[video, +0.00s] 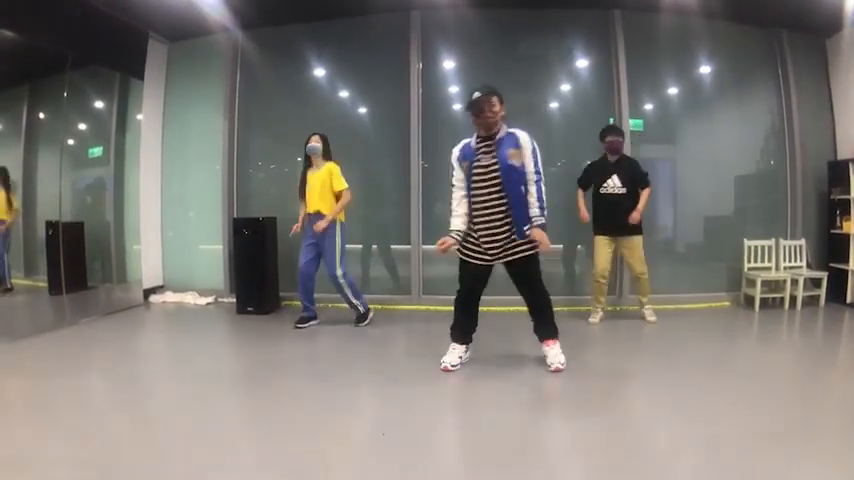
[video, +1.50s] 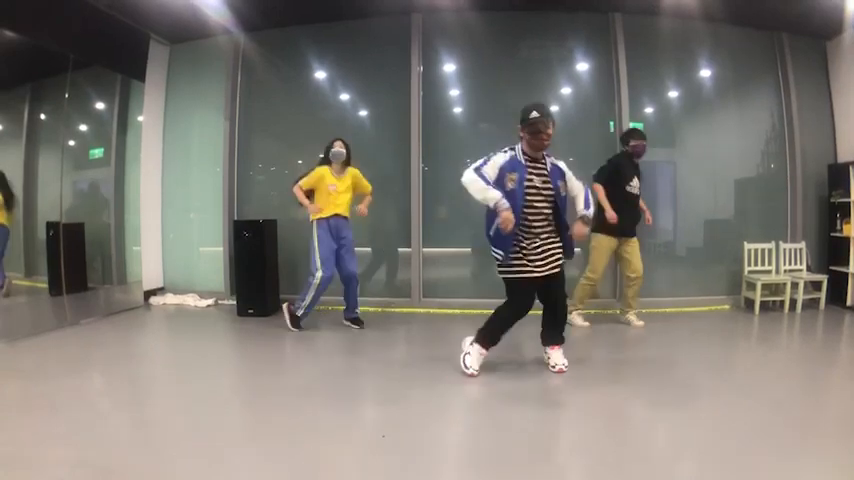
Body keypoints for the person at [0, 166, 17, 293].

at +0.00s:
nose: (1, 179)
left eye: (1, 177)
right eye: (2, 176)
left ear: (4, 178)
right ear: (6, 178)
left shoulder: (7, 192)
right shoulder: (7, 192)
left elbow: (14, 209)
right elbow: (15, 209)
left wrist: (6, 224)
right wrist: (6, 223)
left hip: (3, 224)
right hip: (4, 224)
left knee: (3, 253)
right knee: (4, 253)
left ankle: (6, 282)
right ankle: (6, 281)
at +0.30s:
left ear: (2, 179)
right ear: (6, 178)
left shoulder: (5, 194)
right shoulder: (10, 192)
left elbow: (4, 212)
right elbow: (12, 211)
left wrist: (3, 222)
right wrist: (8, 222)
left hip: (3, 225)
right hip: (7, 226)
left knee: (3, 255)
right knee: (3, 255)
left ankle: (5, 281)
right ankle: (5, 280)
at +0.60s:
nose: (4, 176)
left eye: (3, 173)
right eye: (3, 173)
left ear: (2, 175)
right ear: (3, 175)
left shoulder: (3, 188)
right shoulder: (5, 188)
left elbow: (5, 206)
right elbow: (7, 206)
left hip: (3, 217)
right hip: (6, 217)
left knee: (2, 251)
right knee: (3, 251)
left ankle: (5, 279)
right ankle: (4, 279)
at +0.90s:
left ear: (2, 179)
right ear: (7, 179)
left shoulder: (5, 193)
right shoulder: (6, 193)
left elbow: (7, 211)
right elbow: (8, 211)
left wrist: (3, 220)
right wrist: (5, 220)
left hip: (4, 226)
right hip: (5, 226)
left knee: (3, 253)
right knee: (4, 253)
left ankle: (7, 282)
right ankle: (7, 281)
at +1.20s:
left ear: (2, 173)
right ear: (6, 173)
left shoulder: (4, 188)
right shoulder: (5, 188)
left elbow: (9, 205)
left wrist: (4, 226)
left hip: (3, 222)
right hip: (3, 222)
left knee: (4, 253)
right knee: (4, 253)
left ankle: (7, 282)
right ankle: (7, 281)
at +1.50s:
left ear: (1, 180)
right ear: (5, 180)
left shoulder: (4, 194)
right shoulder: (9, 194)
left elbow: (9, 213)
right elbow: (11, 213)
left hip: (3, 225)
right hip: (6, 226)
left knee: (2, 255)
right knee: (2, 256)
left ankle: (3, 280)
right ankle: (3, 279)